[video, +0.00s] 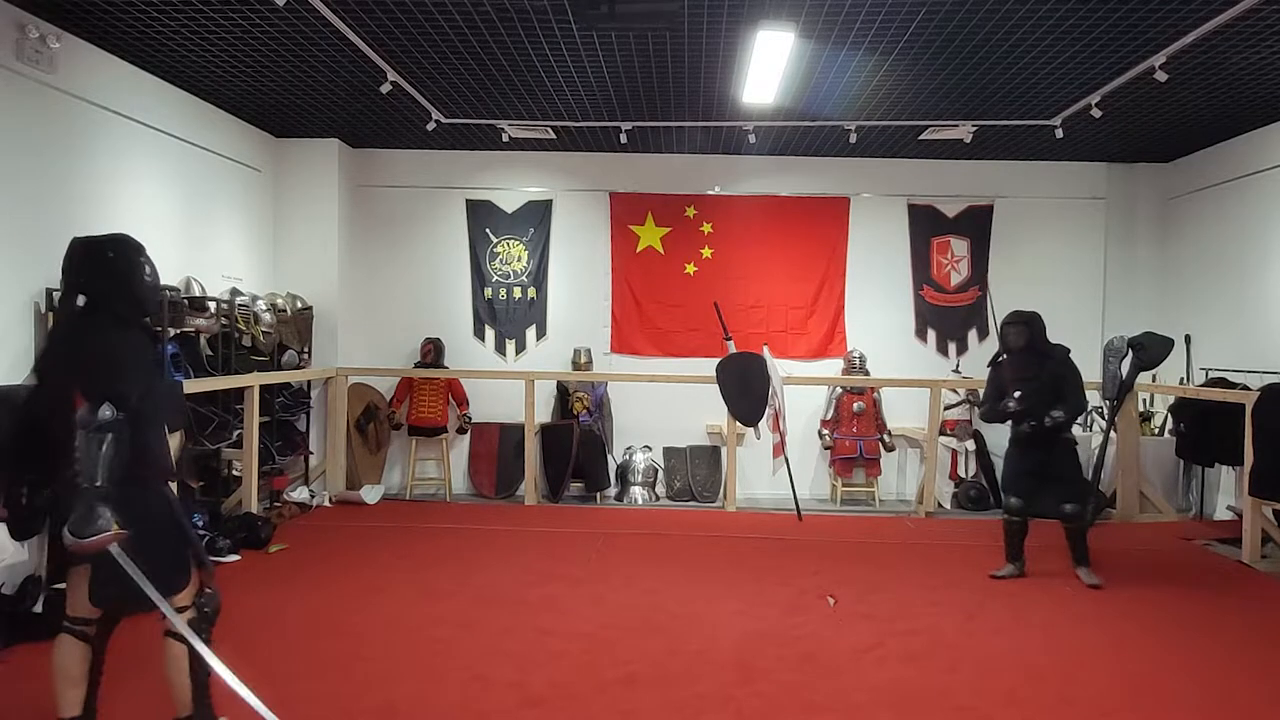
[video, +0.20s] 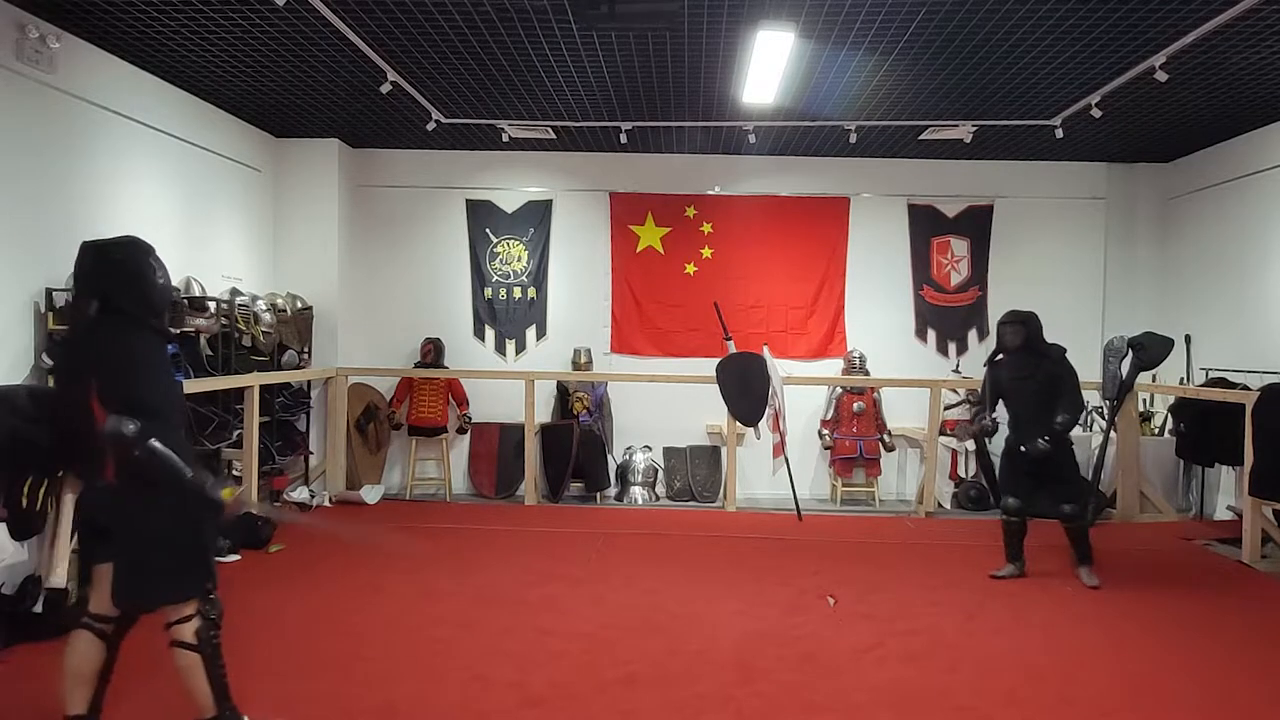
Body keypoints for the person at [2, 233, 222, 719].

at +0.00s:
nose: (151, 284)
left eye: (147, 273)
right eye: (143, 274)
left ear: (86, 282)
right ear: (128, 281)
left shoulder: (64, 338)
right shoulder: (134, 342)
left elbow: (42, 421)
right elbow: (152, 426)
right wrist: (166, 484)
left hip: (80, 492)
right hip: (135, 493)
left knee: (79, 618)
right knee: (183, 606)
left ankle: (72, 714)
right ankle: (194, 713)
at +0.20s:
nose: (164, 285)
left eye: (160, 274)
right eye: (156, 274)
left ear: (94, 283)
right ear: (136, 282)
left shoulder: (79, 341)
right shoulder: (139, 340)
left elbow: (69, 428)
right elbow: (149, 431)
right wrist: (206, 489)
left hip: (105, 495)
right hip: (161, 494)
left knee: (101, 612)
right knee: (188, 610)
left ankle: (77, 711)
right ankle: (219, 712)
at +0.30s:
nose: (173, 285)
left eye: (169, 274)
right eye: (164, 275)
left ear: (107, 283)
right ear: (143, 283)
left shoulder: (97, 339)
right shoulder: (141, 343)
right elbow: (160, 435)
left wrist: (244, 436)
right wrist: (247, 442)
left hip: (117, 497)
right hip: (161, 499)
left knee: (112, 613)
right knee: (203, 606)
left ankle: (80, 711)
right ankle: (222, 712)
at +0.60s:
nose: (211, 304)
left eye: (210, 293)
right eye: (205, 293)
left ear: (147, 289)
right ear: (183, 294)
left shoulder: (118, 341)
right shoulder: (174, 349)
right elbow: (205, 420)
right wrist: (247, 367)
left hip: (123, 498)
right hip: (177, 500)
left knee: (124, 611)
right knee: (223, 601)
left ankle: (83, 712)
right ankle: (223, 713)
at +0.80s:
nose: (215, 311)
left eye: (215, 299)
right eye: (211, 299)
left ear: (153, 291)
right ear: (186, 297)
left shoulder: (115, 343)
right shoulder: (177, 351)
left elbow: (100, 422)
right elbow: (216, 413)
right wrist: (248, 365)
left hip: (118, 498)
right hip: (175, 499)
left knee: (117, 611)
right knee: (220, 601)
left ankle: (81, 713)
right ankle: (222, 713)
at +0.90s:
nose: (212, 309)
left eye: (212, 298)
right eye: (207, 297)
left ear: (151, 290)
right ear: (184, 296)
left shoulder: (115, 342)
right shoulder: (177, 351)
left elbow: (101, 425)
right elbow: (209, 419)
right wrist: (252, 374)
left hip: (117, 498)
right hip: (174, 500)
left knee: (114, 611)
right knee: (219, 600)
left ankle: (81, 713)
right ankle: (222, 712)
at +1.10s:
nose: (201, 292)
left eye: (199, 281)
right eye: (194, 281)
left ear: (137, 286)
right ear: (172, 287)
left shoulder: (114, 337)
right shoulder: (172, 342)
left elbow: (103, 426)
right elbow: (194, 425)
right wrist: (270, 434)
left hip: (116, 495)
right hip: (169, 497)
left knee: (106, 614)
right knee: (219, 601)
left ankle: (78, 714)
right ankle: (221, 713)